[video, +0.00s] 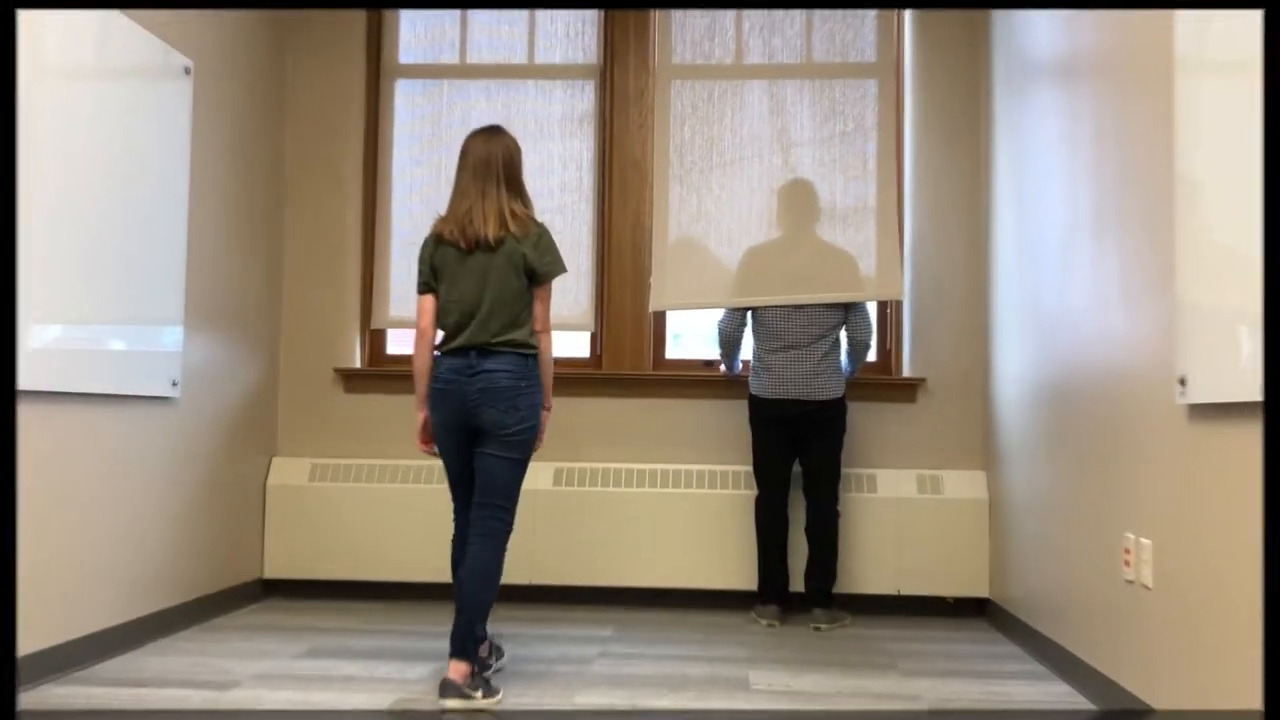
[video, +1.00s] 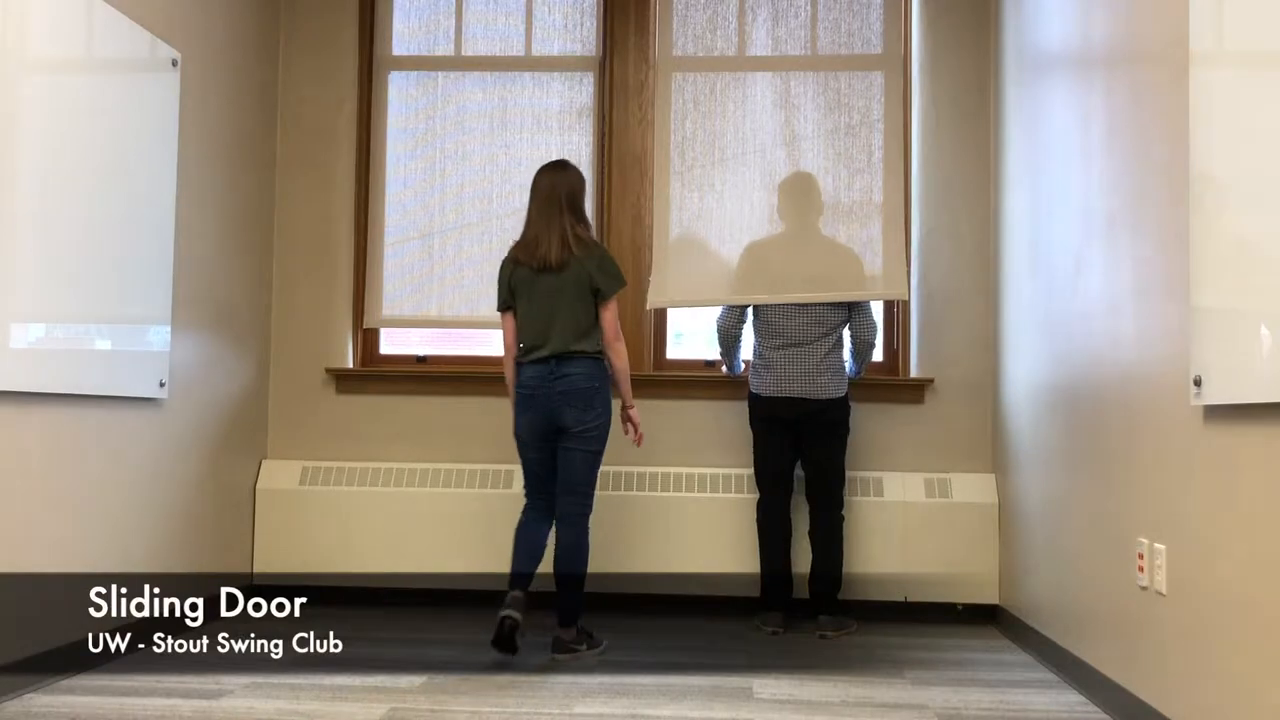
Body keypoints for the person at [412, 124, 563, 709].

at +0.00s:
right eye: (516, 164)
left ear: (463, 171)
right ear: (515, 172)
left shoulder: (439, 239)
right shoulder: (532, 235)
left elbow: (426, 331)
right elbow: (541, 329)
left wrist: (423, 403)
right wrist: (545, 399)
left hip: (450, 386)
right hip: (512, 386)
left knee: (465, 517)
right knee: (492, 524)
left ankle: (473, 639)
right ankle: (460, 665)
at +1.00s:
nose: (584, 205)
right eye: (581, 196)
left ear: (534, 200)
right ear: (579, 201)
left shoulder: (514, 262)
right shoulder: (595, 258)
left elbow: (511, 349)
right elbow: (612, 337)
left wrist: (518, 407)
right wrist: (627, 401)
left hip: (532, 391)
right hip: (586, 389)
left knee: (538, 502)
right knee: (574, 510)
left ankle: (515, 597)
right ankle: (568, 631)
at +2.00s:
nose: (593, 224)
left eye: (592, 216)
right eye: (586, 216)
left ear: (555, 220)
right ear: (563, 220)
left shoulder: (540, 270)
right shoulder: (568, 272)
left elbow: (537, 345)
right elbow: (577, 345)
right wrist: (601, 406)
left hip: (541, 391)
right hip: (565, 393)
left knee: (553, 502)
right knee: (590, 502)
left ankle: (553, 612)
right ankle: (555, 612)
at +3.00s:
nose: (567, 215)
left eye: (574, 208)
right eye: (558, 209)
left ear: (584, 216)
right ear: (543, 216)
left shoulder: (591, 278)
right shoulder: (527, 263)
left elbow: (601, 348)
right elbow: (515, 332)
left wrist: (584, 395)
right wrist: (547, 393)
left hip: (576, 391)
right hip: (532, 388)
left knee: (564, 504)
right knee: (535, 501)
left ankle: (559, 609)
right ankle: (530, 612)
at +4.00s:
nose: (569, 216)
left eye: (575, 209)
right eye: (559, 210)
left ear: (583, 216)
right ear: (543, 217)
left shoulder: (592, 276)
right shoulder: (528, 265)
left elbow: (602, 349)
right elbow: (520, 337)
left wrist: (589, 398)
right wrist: (551, 396)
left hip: (579, 394)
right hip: (535, 391)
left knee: (564, 504)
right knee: (534, 501)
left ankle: (559, 606)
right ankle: (530, 609)